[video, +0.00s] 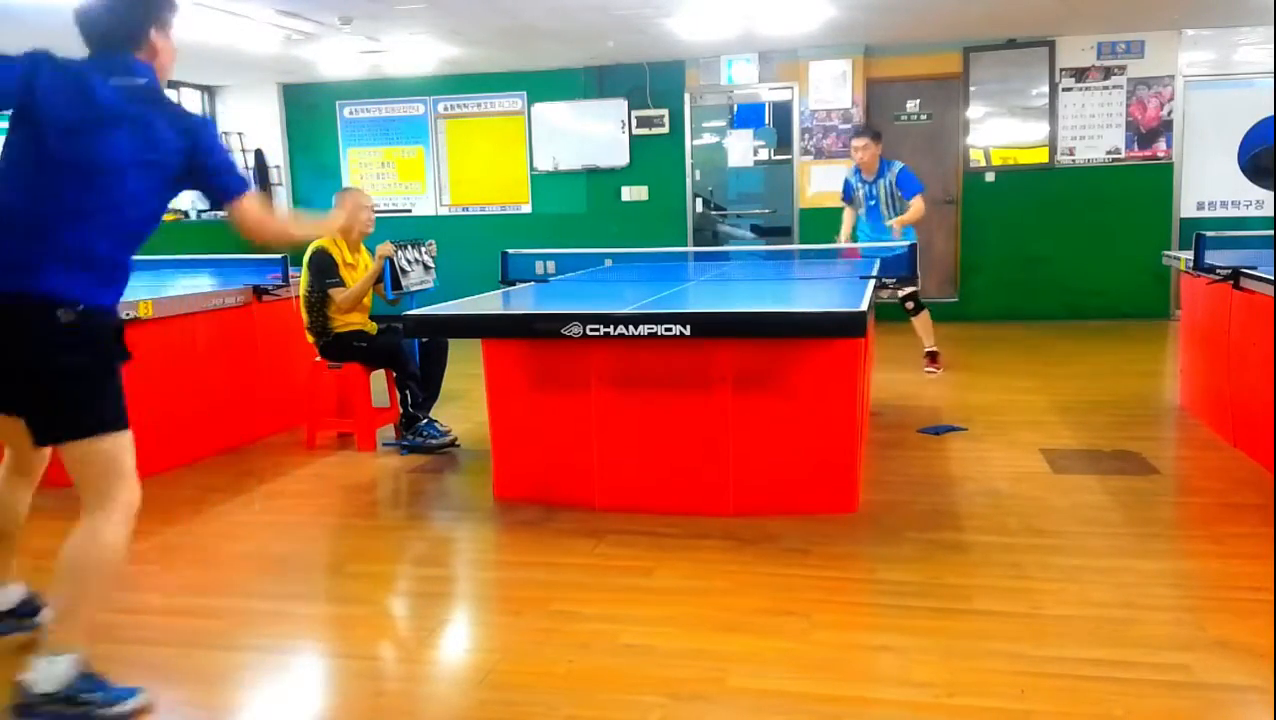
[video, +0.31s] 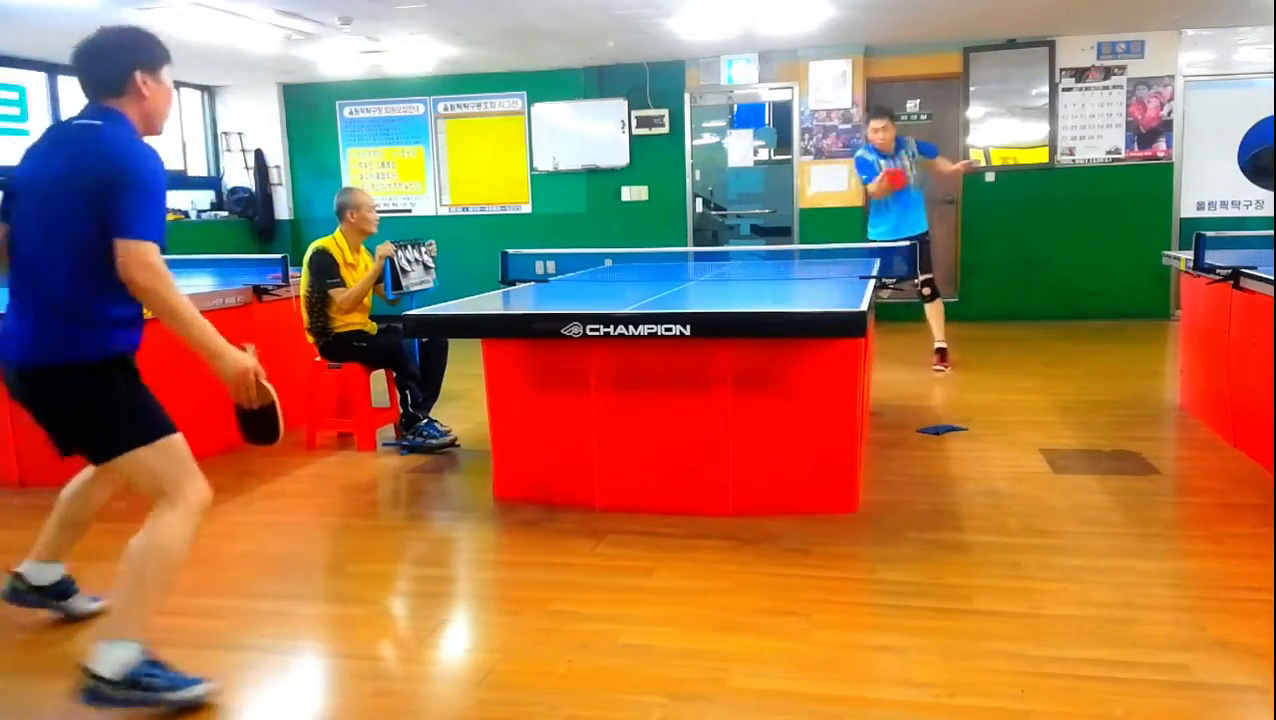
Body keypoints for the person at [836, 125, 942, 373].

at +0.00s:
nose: (858, 156)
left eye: (863, 149)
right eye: (854, 150)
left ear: (878, 148)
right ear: (850, 151)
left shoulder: (897, 172)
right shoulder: (852, 177)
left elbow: (919, 207)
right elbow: (850, 208)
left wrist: (901, 220)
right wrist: (844, 234)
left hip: (899, 248)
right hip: (867, 249)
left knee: (909, 299)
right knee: (858, 301)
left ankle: (931, 351)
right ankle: (855, 354)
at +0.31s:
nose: (879, 136)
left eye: (884, 130)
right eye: (874, 131)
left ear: (894, 128)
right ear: (867, 133)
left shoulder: (908, 145)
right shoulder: (864, 157)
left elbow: (934, 159)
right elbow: (874, 192)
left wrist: (954, 167)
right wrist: (883, 182)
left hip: (915, 230)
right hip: (881, 234)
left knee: (927, 288)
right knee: (868, 291)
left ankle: (940, 347)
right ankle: (859, 349)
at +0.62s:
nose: (864, 142)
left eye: (869, 136)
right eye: (859, 137)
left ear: (880, 137)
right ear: (853, 139)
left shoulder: (893, 160)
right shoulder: (847, 163)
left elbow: (915, 186)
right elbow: (840, 190)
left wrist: (940, 195)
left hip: (890, 238)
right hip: (858, 240)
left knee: (905, 287)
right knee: (859, 291)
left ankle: (915, 341)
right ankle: (859, 342)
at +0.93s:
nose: (840, 143)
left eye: (845, 138)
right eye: (836, 139)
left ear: (857, 138)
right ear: (832, 141)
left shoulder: (873, 164)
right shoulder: (830, 170)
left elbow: (886, 197)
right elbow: (823, 201)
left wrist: (870, 210)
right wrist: (811, 219)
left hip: (868, 236)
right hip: (838, 237)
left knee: (881, 285)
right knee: (836, 283)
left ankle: (892, 335)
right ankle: (840, 334)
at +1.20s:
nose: (791, 166)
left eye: (795, 160)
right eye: (789, 161)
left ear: (811, 157)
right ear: (789, 163)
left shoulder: (833, 175)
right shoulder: (799, 183)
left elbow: (869, 189)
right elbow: (793, 212)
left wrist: (885, 208)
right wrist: (766, 224)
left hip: (848, 250)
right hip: (817, 251)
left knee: (869, 291)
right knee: (814, 295)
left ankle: (891, 336)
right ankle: (819, 344)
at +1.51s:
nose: (778, 149)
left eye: (782, 143)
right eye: (776, 145)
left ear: (796, 142)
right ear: (775, 147)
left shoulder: (814, 158)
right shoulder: (776, 164)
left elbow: (843, 171)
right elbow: (751, 171)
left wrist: (862, 187)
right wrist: (730, 173)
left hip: (824, 233)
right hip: (796, 236)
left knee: (834, 279)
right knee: (799, 281)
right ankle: (803, 322)